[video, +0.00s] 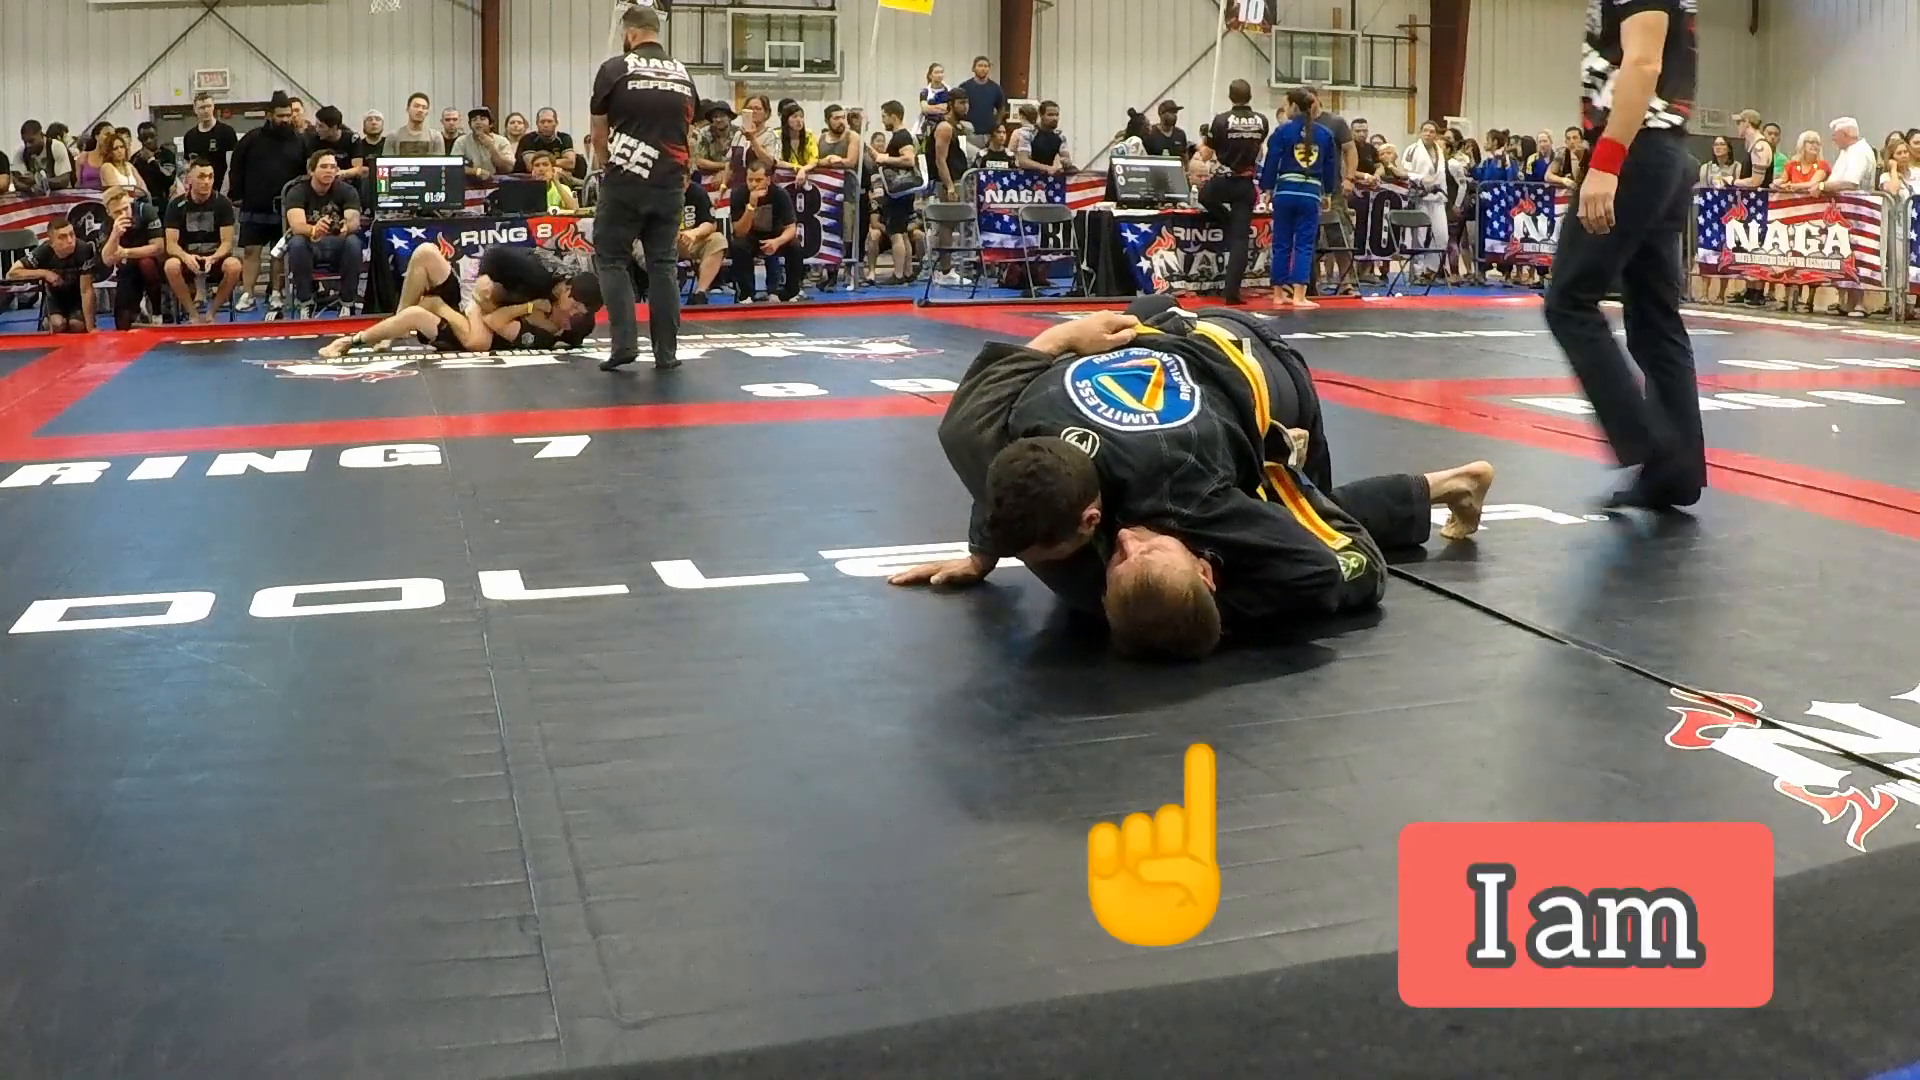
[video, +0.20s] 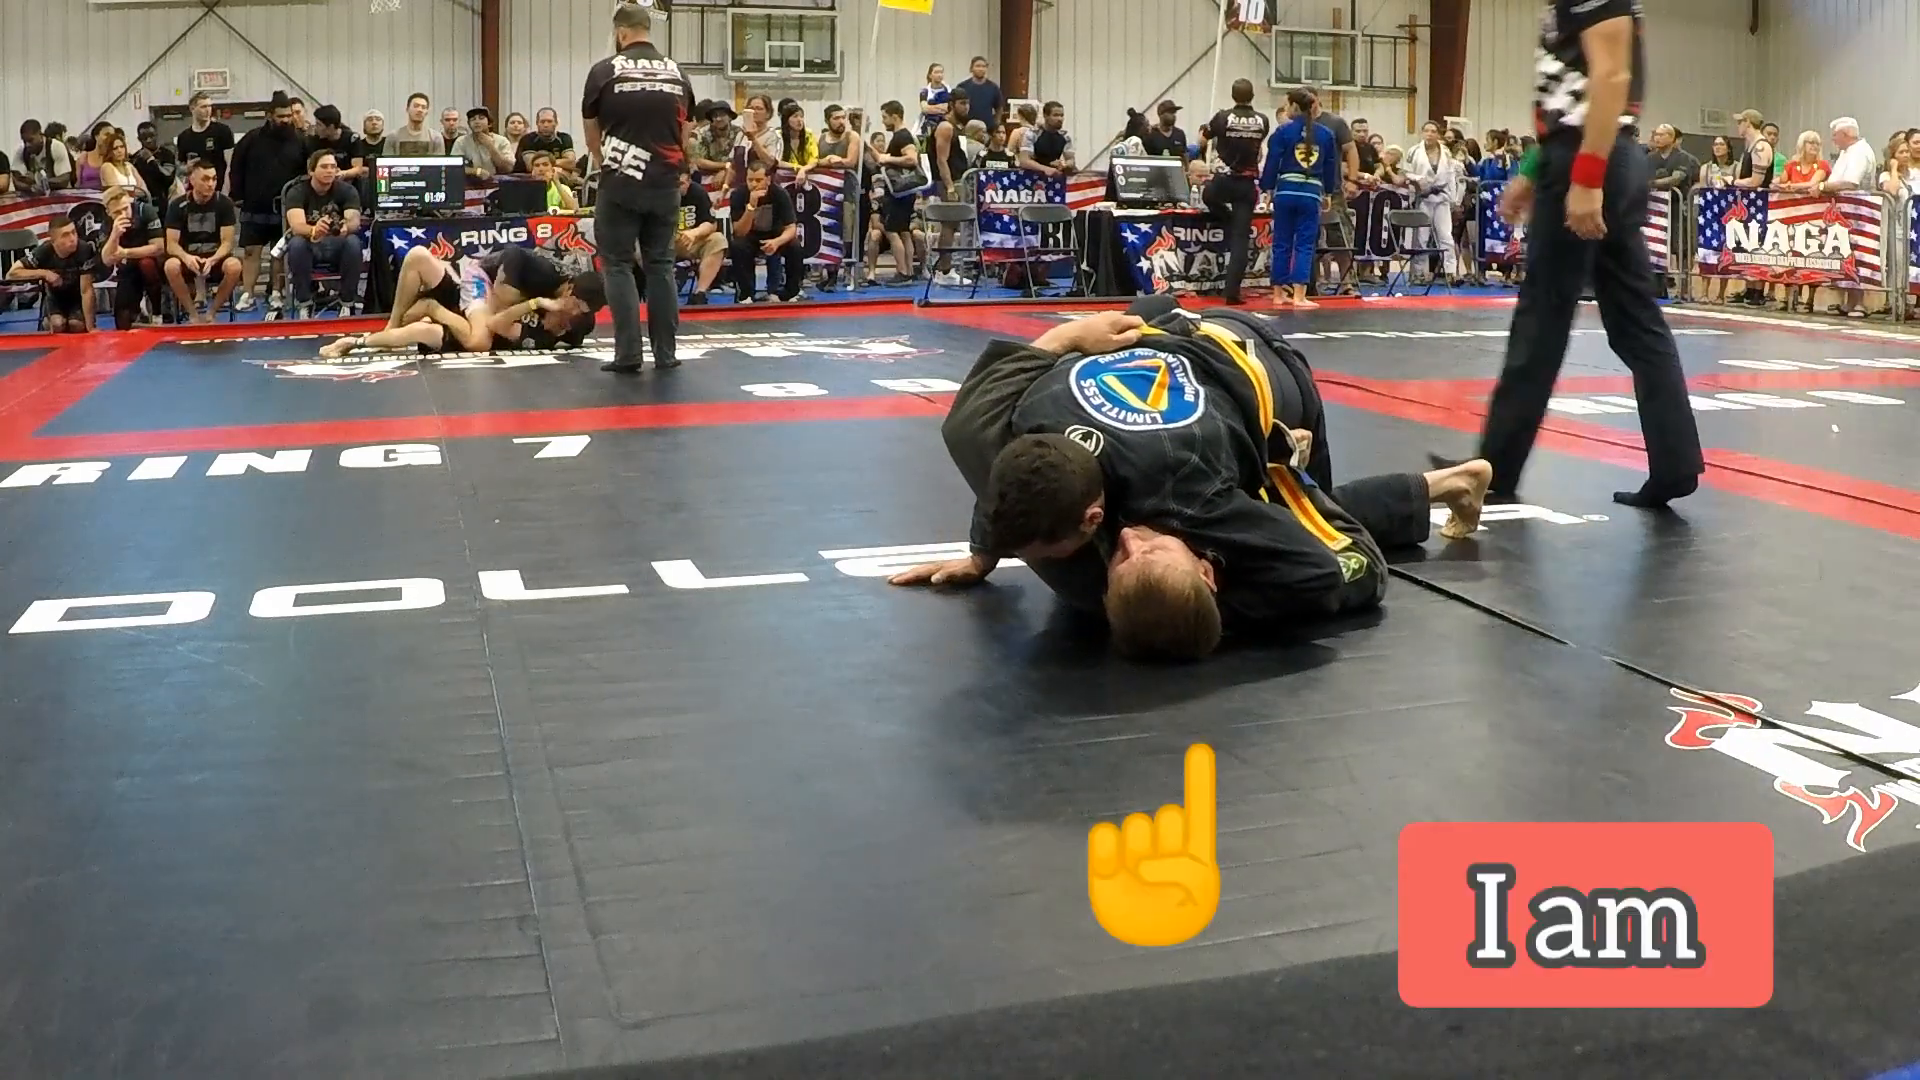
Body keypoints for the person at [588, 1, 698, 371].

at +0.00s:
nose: (622, 41)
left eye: (622, 37)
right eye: (624, 37)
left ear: (629, 35)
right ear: (657, 34)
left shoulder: (614, 68)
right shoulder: (682, 72)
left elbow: (599, 134)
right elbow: (687, 130)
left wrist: (604, 172)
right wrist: (680, 173)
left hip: (625, 182)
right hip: (671, 184)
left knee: (611, 257)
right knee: (663, 262)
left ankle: (624, 345)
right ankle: (666, 353)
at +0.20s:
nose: (616, 41)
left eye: (615, 36)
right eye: (618, 37)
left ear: (620, 34)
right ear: (648, 32)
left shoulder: (604, 70)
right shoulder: (677, 71)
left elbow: (592, 133)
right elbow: (685, 131)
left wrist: (603, 168)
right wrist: (682, 169)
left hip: (620, 184)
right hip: (667, 184)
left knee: (617, 263)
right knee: (661, 264)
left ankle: (628, 354)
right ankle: (665, 353)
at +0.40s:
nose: (604, 41)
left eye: (603, 36)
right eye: (605, 37)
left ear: (608, 34)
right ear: (640, 32)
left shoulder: (592, 73)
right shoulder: (667, 70)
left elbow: (584, 137)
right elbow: (679, 126)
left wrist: (602, 167)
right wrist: (665, 160)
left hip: (613, 185)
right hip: (660, 184)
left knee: (619, 267)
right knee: (660, 264)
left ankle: (628, 356)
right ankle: (665, 353)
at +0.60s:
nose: (594, 42)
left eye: (593, 37)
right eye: (596, 38)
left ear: (597, 35)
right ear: (629, 31)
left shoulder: (581, 77)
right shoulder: (661, 68)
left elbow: (582, 146)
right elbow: (674, 129)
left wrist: (612, 167)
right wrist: (658, 162)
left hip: (610, 185)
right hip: (658, 182)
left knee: (620, 270)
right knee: (660, 263)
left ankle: (629, 358)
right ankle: (666, 352)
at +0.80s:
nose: (594, 41)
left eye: (592, 37)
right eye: (597, 37)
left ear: (596, 35)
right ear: (629, 30)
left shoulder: (581, 76)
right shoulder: (661, 68)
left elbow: (581, 143)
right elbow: (675, 132)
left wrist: (611, 164)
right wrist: (657, 161)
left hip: (610, 186)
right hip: (658, 182)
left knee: (622, 269)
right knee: (665, 262)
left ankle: (630, 358)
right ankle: (678, 351)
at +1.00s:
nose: (601, 40)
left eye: (600, 36)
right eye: (603, 36)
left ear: (603, 34)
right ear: (637, 31)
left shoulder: (588, 73)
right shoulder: (666, 68)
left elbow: (584, 140)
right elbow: (678, 133)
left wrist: (611, 165)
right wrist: (658, 162)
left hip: (612, 184)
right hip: (660, 181)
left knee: (625, 268)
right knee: (670, 263)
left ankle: (630, 357)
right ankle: (685, 353)